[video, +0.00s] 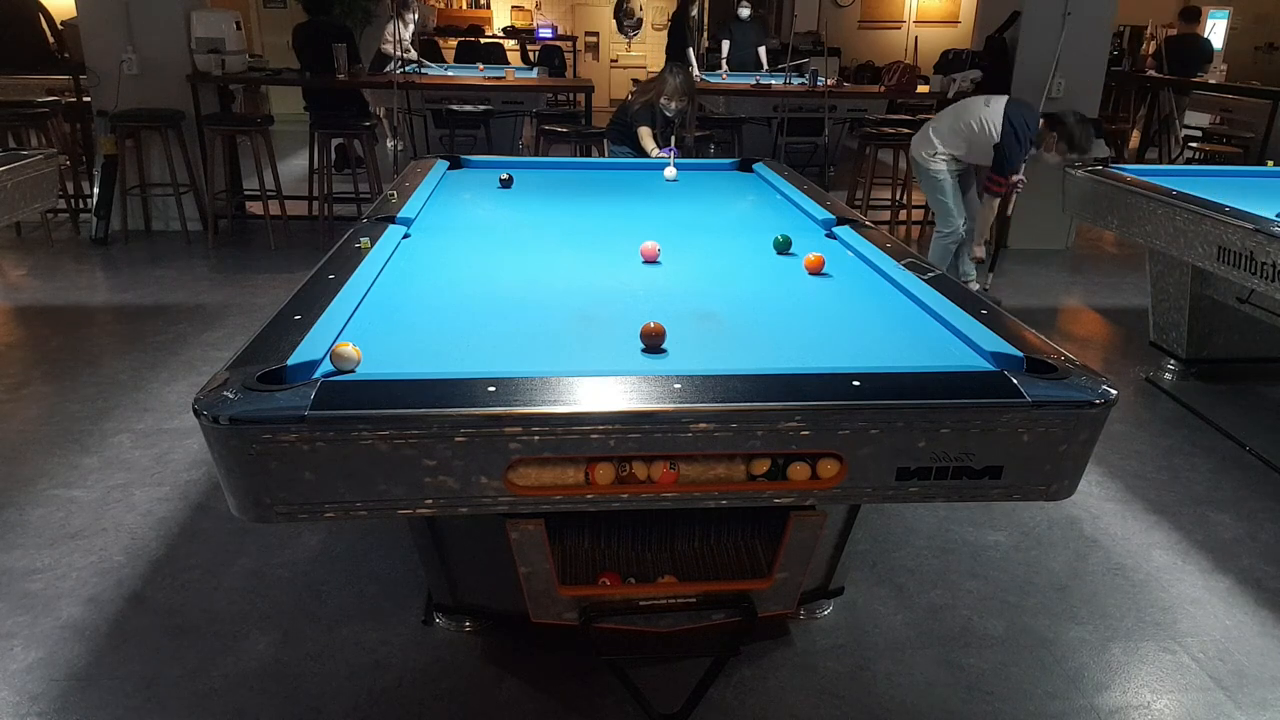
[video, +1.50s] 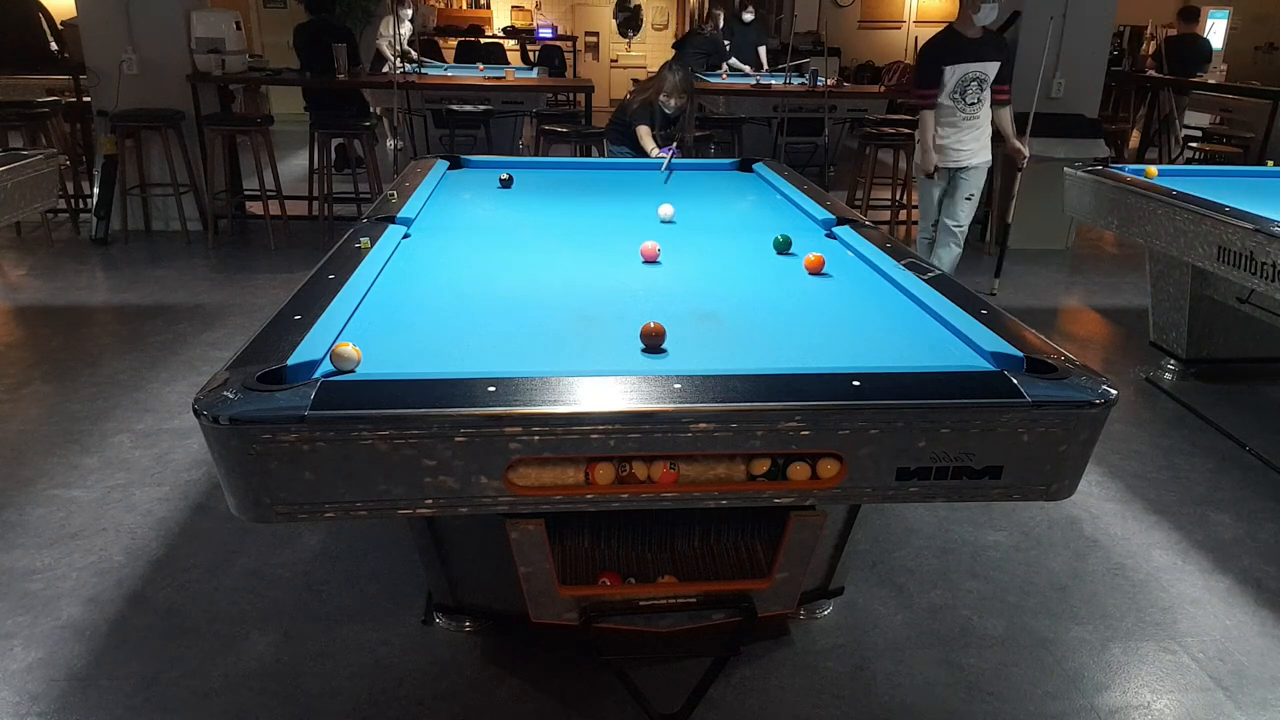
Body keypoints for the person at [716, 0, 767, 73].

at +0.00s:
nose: (743, 11)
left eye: (746, 8)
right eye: (741, 8)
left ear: (751, 11)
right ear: (737, 10)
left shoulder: (756, 26)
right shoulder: (730, 24)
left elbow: (761, 46)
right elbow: (725, 43)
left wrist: (765, 65)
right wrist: (723, 63)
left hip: (751, 67)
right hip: (734, 67)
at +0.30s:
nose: (741, 10)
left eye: (745, 7)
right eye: (739, 7)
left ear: (750, 10)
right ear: (736, 9)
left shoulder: (756, 26)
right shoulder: (730, 24)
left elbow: (761, 47)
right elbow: (725, 43)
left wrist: (765, 65)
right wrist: (723, 63)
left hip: (751, 67)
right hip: (734, 68)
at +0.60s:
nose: (739, 10)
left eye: (743, 7)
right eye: (737, 7)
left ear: (749, 10)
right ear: (734, 9)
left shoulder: (756, 25)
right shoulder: (729, 24)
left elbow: (760, 47)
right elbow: (725, 44)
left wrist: (765, 66)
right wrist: (723, 63)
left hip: (751, 68)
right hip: (734, 68)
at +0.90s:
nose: (741, 12)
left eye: (744, 9)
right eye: (738, 9)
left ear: (750, 11)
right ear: (735, 10)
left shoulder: (756, 25)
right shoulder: (729, 24)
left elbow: (760, 46)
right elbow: (725, 46)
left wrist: (765, 65)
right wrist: (723, 64)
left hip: (753, 69)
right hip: (733, 70)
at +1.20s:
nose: (745, 15)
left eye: (748, 12)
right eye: (743, 11)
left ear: (752, 12)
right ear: (738, 11)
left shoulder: (756, 25)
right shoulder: (732, 24)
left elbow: (761, 46)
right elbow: (726, 43)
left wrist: (765, 66)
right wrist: (724, 63)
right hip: (733, 69)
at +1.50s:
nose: (749, 16)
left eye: (751, 13)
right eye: (746, 13)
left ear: (755, 13)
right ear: (741, 12)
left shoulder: (757, 25)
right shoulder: (732, 24)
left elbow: (761, 46)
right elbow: (725, 44)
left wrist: (765, 65)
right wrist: (724, 63)